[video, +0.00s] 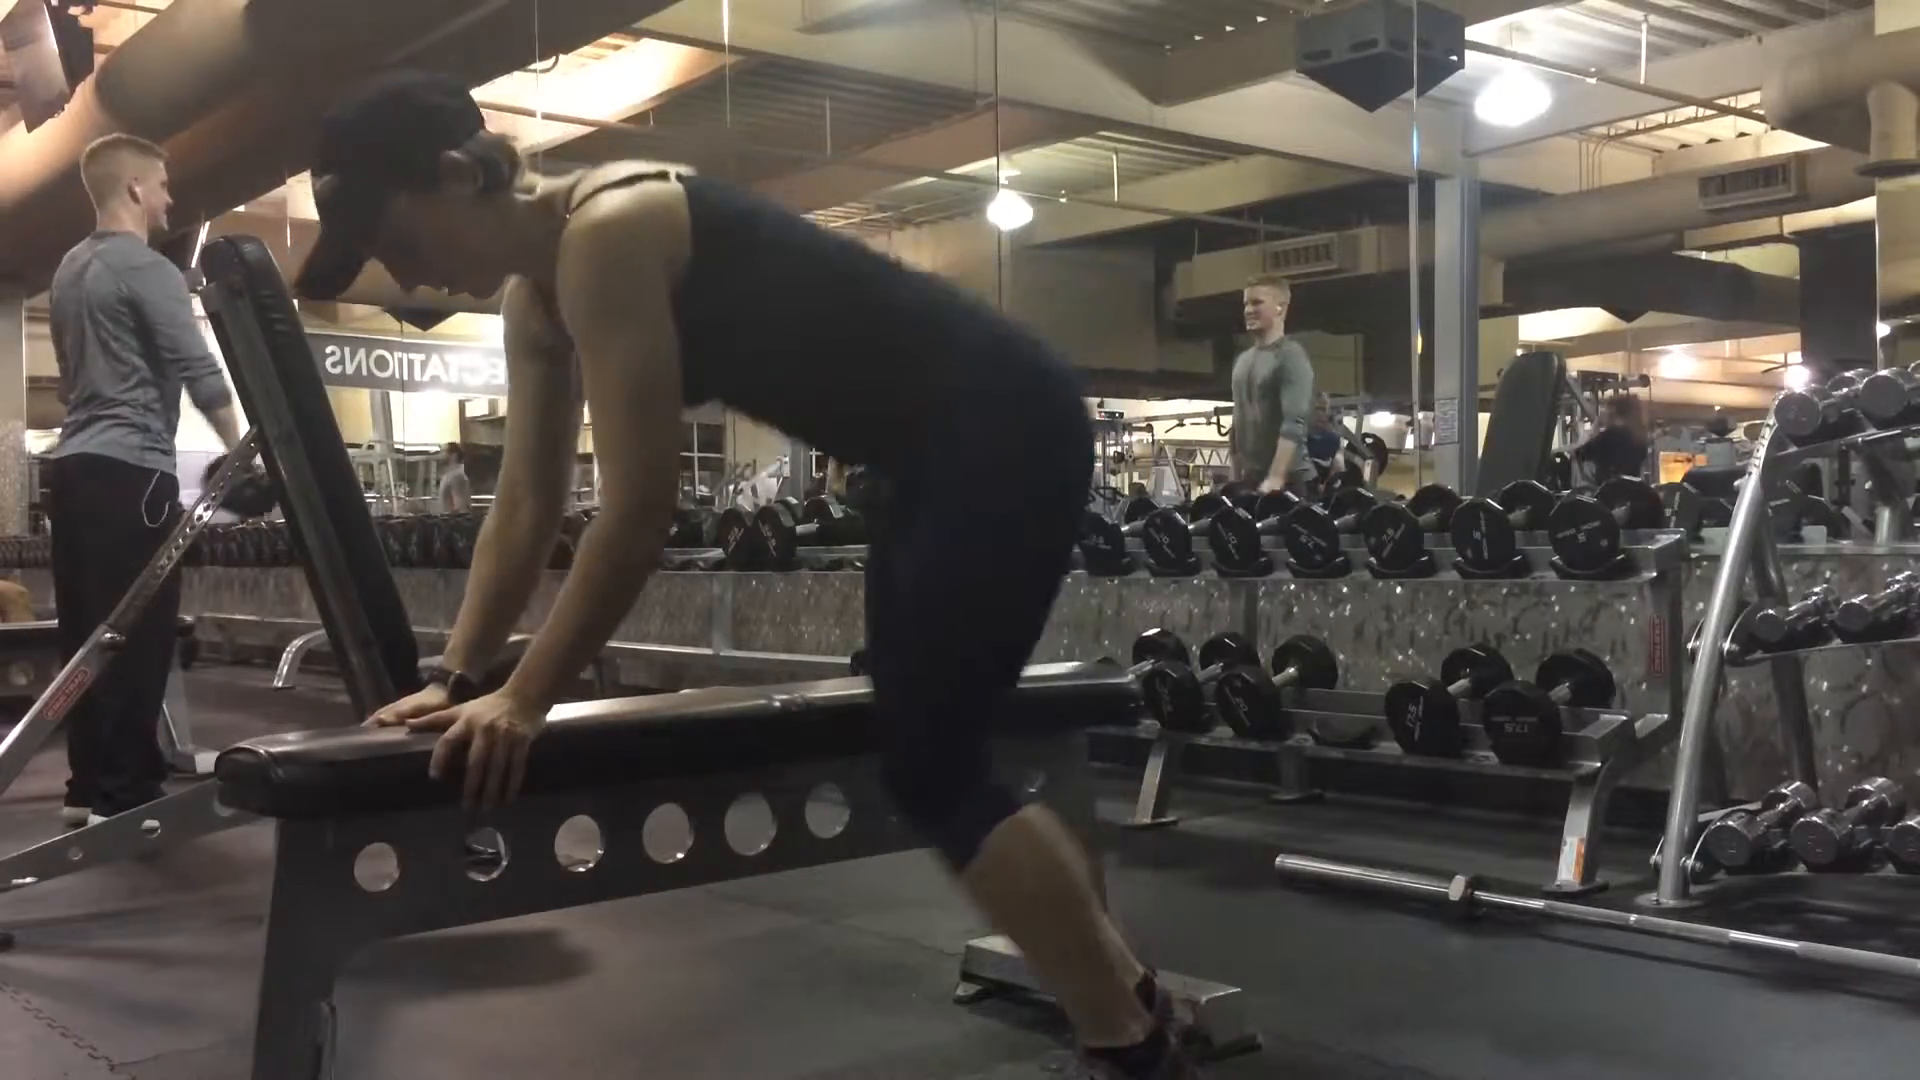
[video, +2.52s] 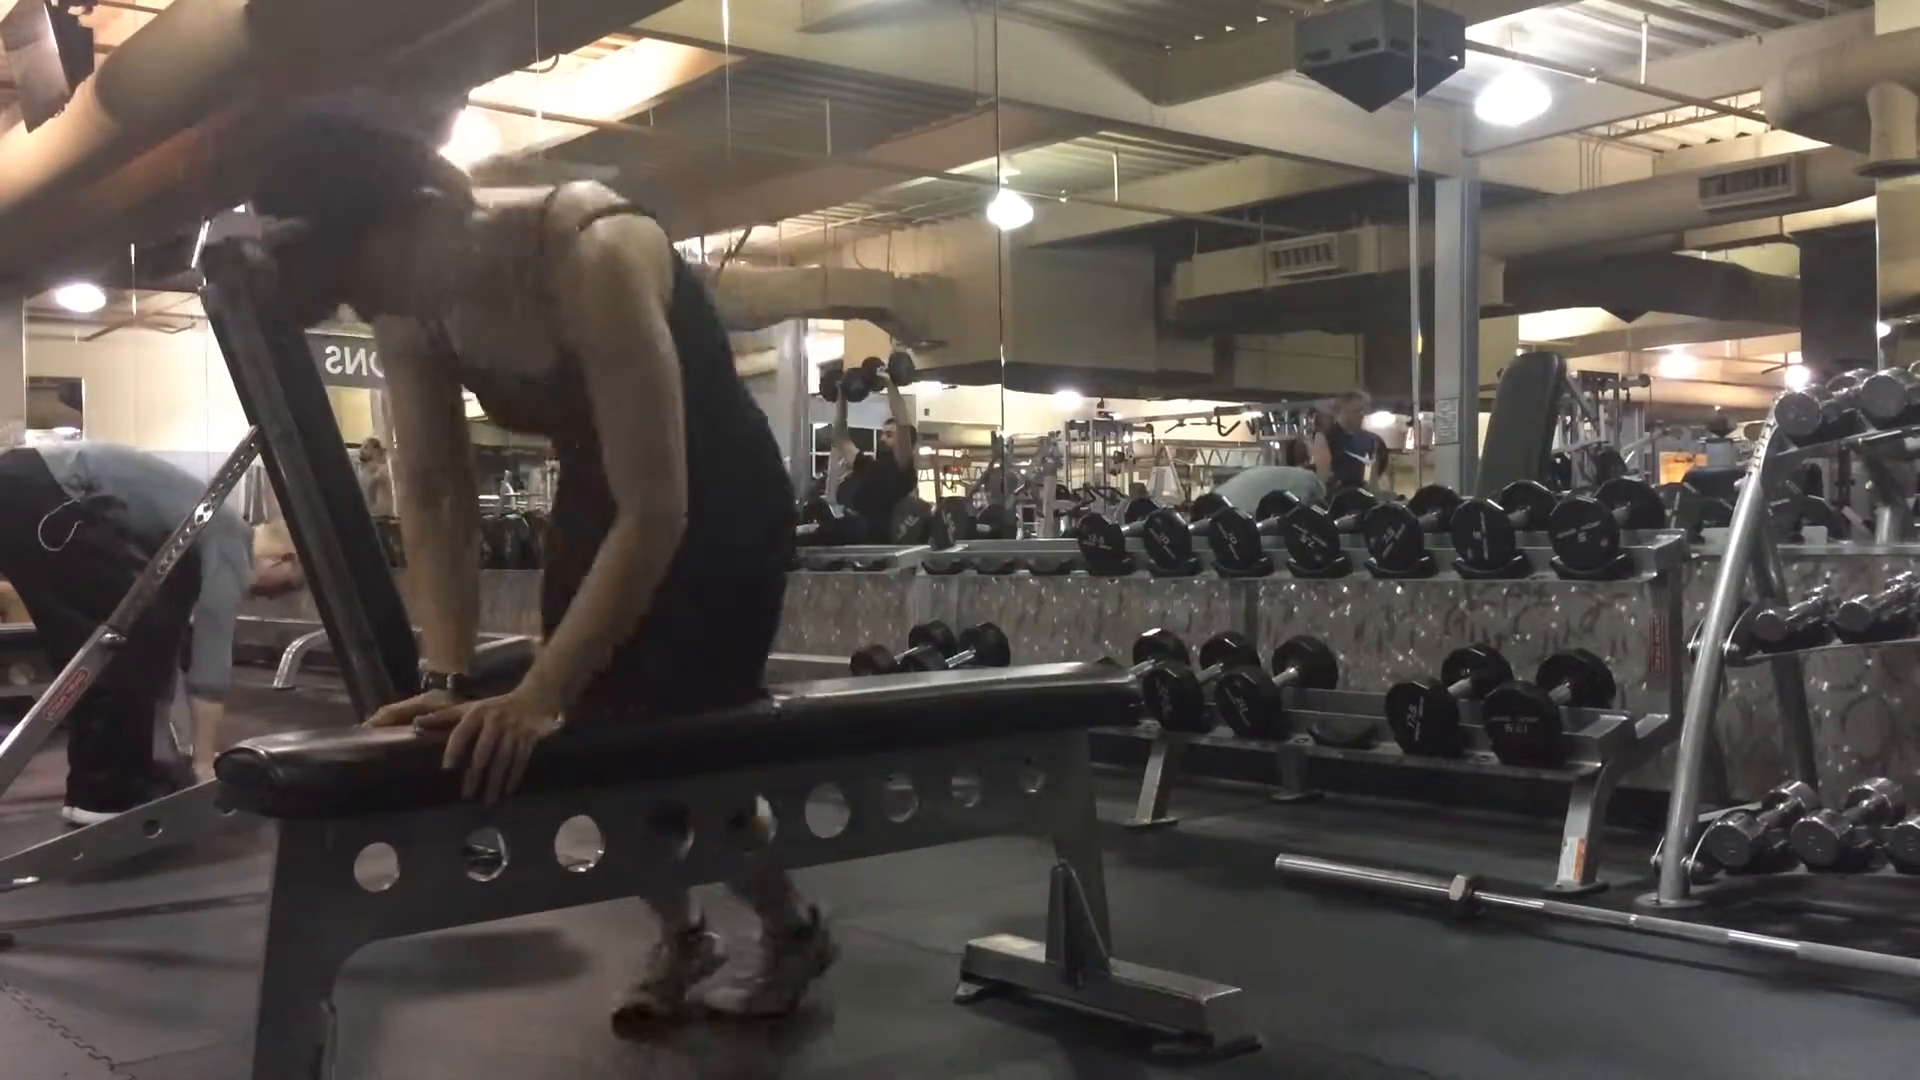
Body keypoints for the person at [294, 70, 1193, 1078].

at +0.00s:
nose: (402, 283)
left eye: (394, 245)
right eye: (382, 261)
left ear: (455, 179)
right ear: (454, 192)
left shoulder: (610, 239)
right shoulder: (539, 287)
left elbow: (638, 505)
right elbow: (525, 495)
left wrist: (522, 695)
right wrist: (458, 674)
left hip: (996, 430)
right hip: (926, 453)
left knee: (934, 769)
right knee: (936, 756)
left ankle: (1128, 1036)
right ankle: (1123, 992)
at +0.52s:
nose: (232, 341)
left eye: (213, 312)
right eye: (204, 329)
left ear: (247, 224)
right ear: (245, 227)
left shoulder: (421, 201)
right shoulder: (335, 286)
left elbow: (511, 458)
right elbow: (400, 478)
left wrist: (516, 692)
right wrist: (439, 677)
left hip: (748, 202)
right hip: (648, 230)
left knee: (633, 471)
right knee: (574, 473)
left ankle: (830, 369)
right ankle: (803, 373)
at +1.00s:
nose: (334, 295)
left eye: (332, 268)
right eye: (314, 284)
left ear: (378, 212)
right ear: (301, 273)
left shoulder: (540, 269)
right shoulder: (325, 322)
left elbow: (615, 504)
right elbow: (394, 500)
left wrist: (527, 692)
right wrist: (441, 672)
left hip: (595, 489)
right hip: (480, 498)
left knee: (567, 719)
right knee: (459, 714)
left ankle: (602, 923)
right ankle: (460, 937)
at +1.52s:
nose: (337, 304)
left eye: (318, 275)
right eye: (309, 295)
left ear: (352, 188)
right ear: (321, 215)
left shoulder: (531, 191)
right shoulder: (400, 254)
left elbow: (582, 466)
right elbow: (435, 469)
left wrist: (527, 689)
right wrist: (443, 670)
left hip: (847, 232)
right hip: (763, 277)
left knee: (824, 536)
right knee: (777, 544)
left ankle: (1113, 638)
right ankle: (1049, 587)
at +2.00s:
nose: (301, 317)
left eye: (285, 289)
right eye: (277, 306)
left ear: (327, 211)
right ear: (317, 217)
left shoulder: (503, 206)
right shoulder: (396, 268)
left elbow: (566, 478)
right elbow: (429, 473)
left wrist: (526, 689)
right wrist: (441, 671)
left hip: (852, 185)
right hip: (782, 221)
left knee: (828, 499)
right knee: (804, 506)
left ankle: (1090, 513)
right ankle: (1076, 507)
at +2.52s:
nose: (353, 306)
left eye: (347, 270)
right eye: (334, 284)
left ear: (405, 212)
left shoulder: (597, 255)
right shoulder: (412, 310)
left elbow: (656, 511)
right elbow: (430, 489)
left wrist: (541, 696)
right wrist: (444, 680)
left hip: (720, 502)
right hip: (596, 506)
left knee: (682, 728)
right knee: (587, 731)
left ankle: (789, 925)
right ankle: (682, 933)